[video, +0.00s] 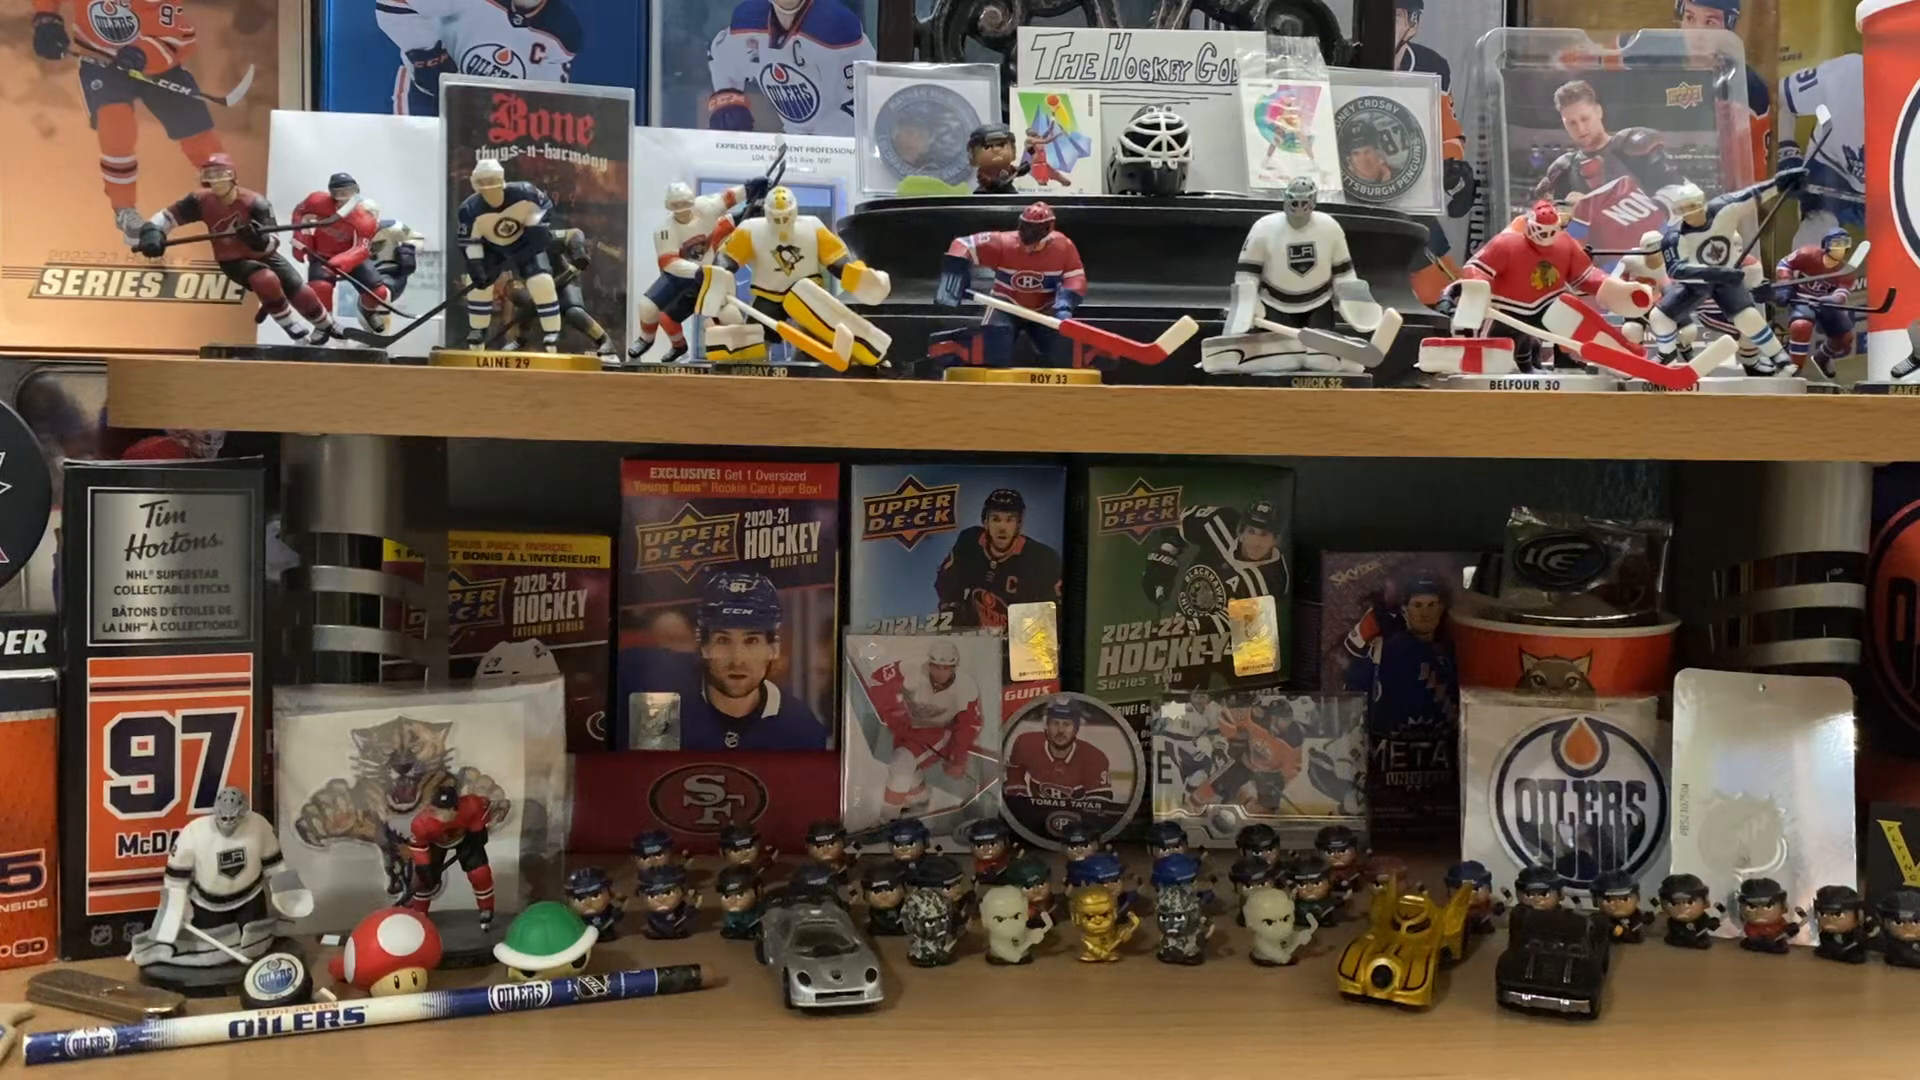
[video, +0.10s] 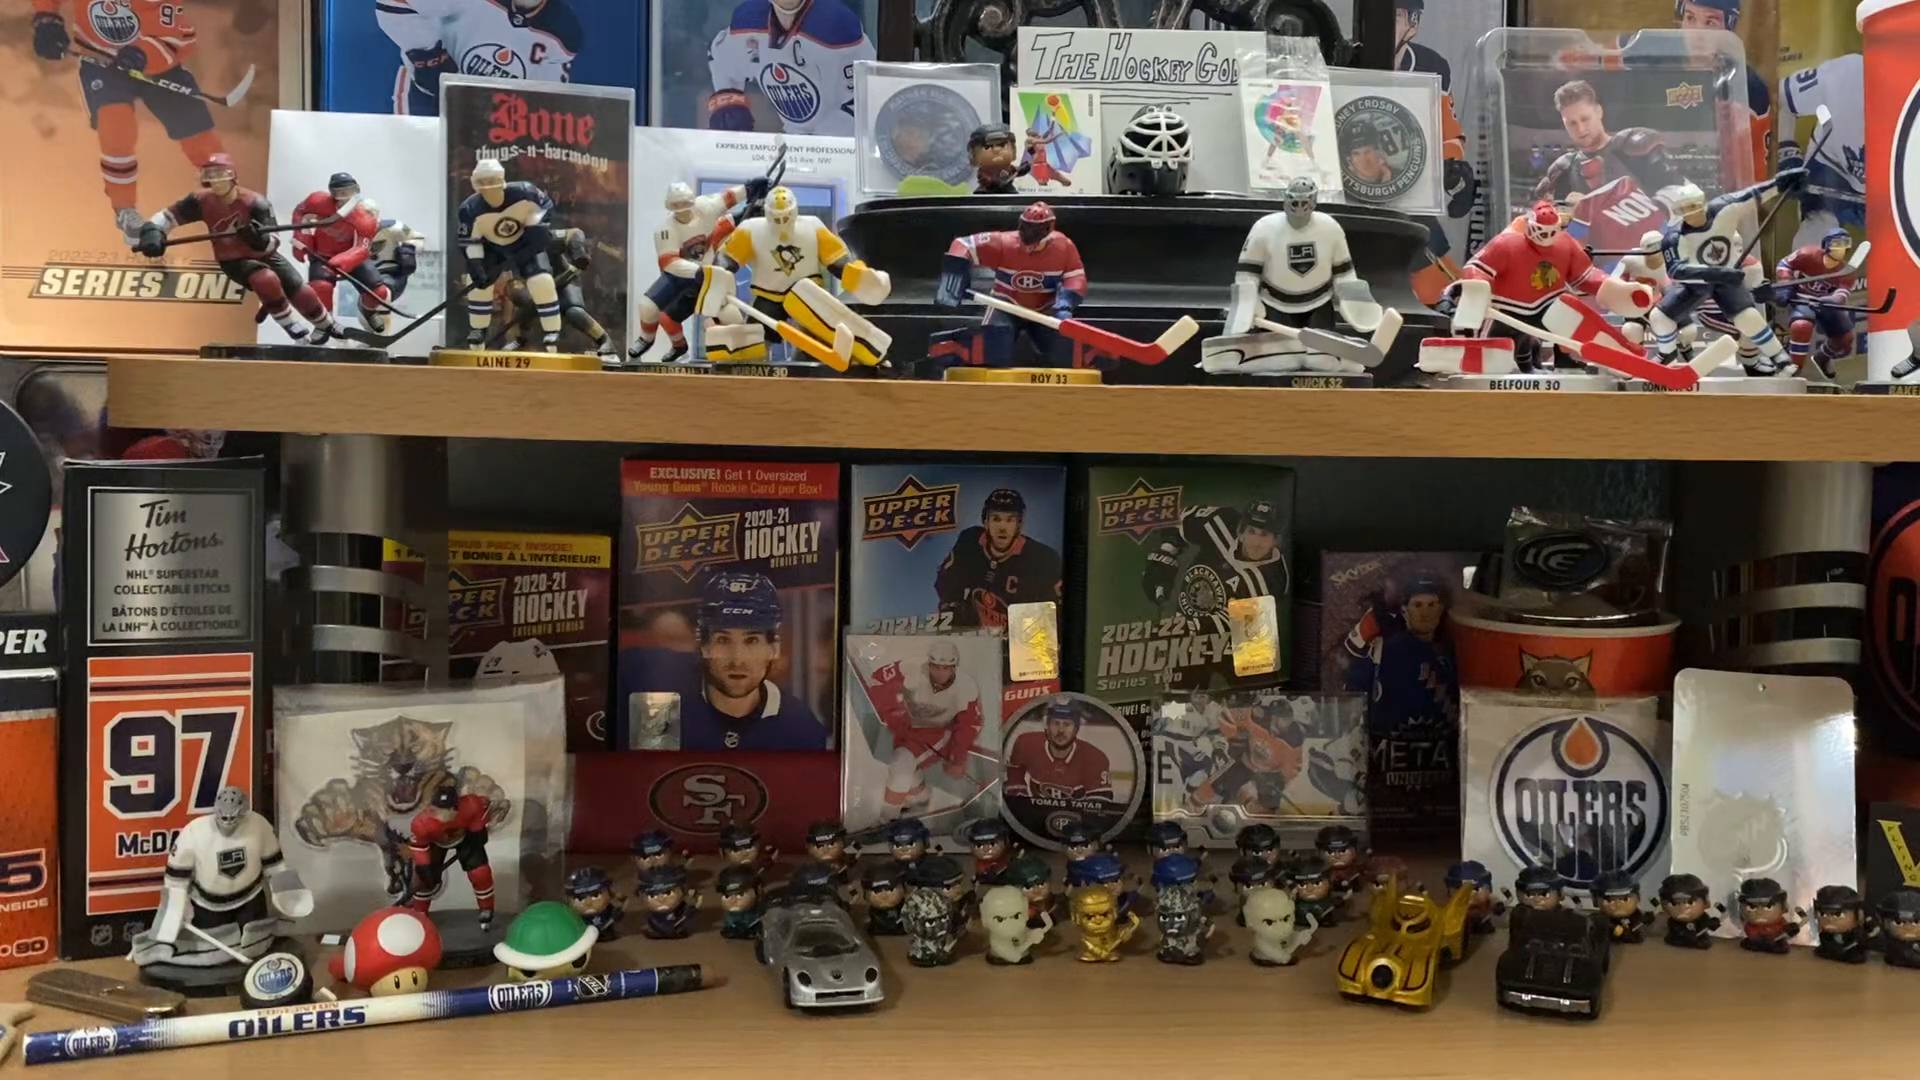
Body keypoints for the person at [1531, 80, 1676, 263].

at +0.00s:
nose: (1580, 129)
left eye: (1585, 119)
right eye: (1572, 123)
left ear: (1599, 111)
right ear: (1563, 123)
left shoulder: (1636, 145)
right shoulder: (1563, 168)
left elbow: (1676, 189)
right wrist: (1563, 212)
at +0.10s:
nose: (1581, 130)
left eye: (1585, 119)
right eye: (1572, 123)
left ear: (1599, 112)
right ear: (1563, 124)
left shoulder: (1636, 146)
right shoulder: (1564, 169)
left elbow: (1677, 189)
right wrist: (1564, 212)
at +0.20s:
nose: (1581, 129)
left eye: (1585, 119)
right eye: (1572, 123)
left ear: (1599, 111)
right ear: (1563, 123)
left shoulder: (1637, 146)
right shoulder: (1563, 169)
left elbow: (1678, 189)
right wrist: (1564, 211)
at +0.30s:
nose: (1581, 129)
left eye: (1585, 119)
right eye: (1572, 123)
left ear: (1599, 111)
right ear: (1564, 124)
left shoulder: (1636, 147)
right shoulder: (1563, 170)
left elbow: (1678, 188)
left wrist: (1649, 215)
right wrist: (1565, 211)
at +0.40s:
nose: (1581, 129)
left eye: (1585, 119)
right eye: (1572, 123)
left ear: (1599, 111)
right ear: (1564, 124)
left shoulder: (1637, 146)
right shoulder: (1563, 170)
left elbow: (1678, 188)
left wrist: (1650, 215)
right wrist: (1566, 212)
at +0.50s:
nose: (1581, 129)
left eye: (1585, 119)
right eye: (1572, 123)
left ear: (1599, 111)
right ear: (1564, 124)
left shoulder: (1636, 147)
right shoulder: (1563, 170)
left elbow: (1678, 188)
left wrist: (1649, 215)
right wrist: (1565, 212)